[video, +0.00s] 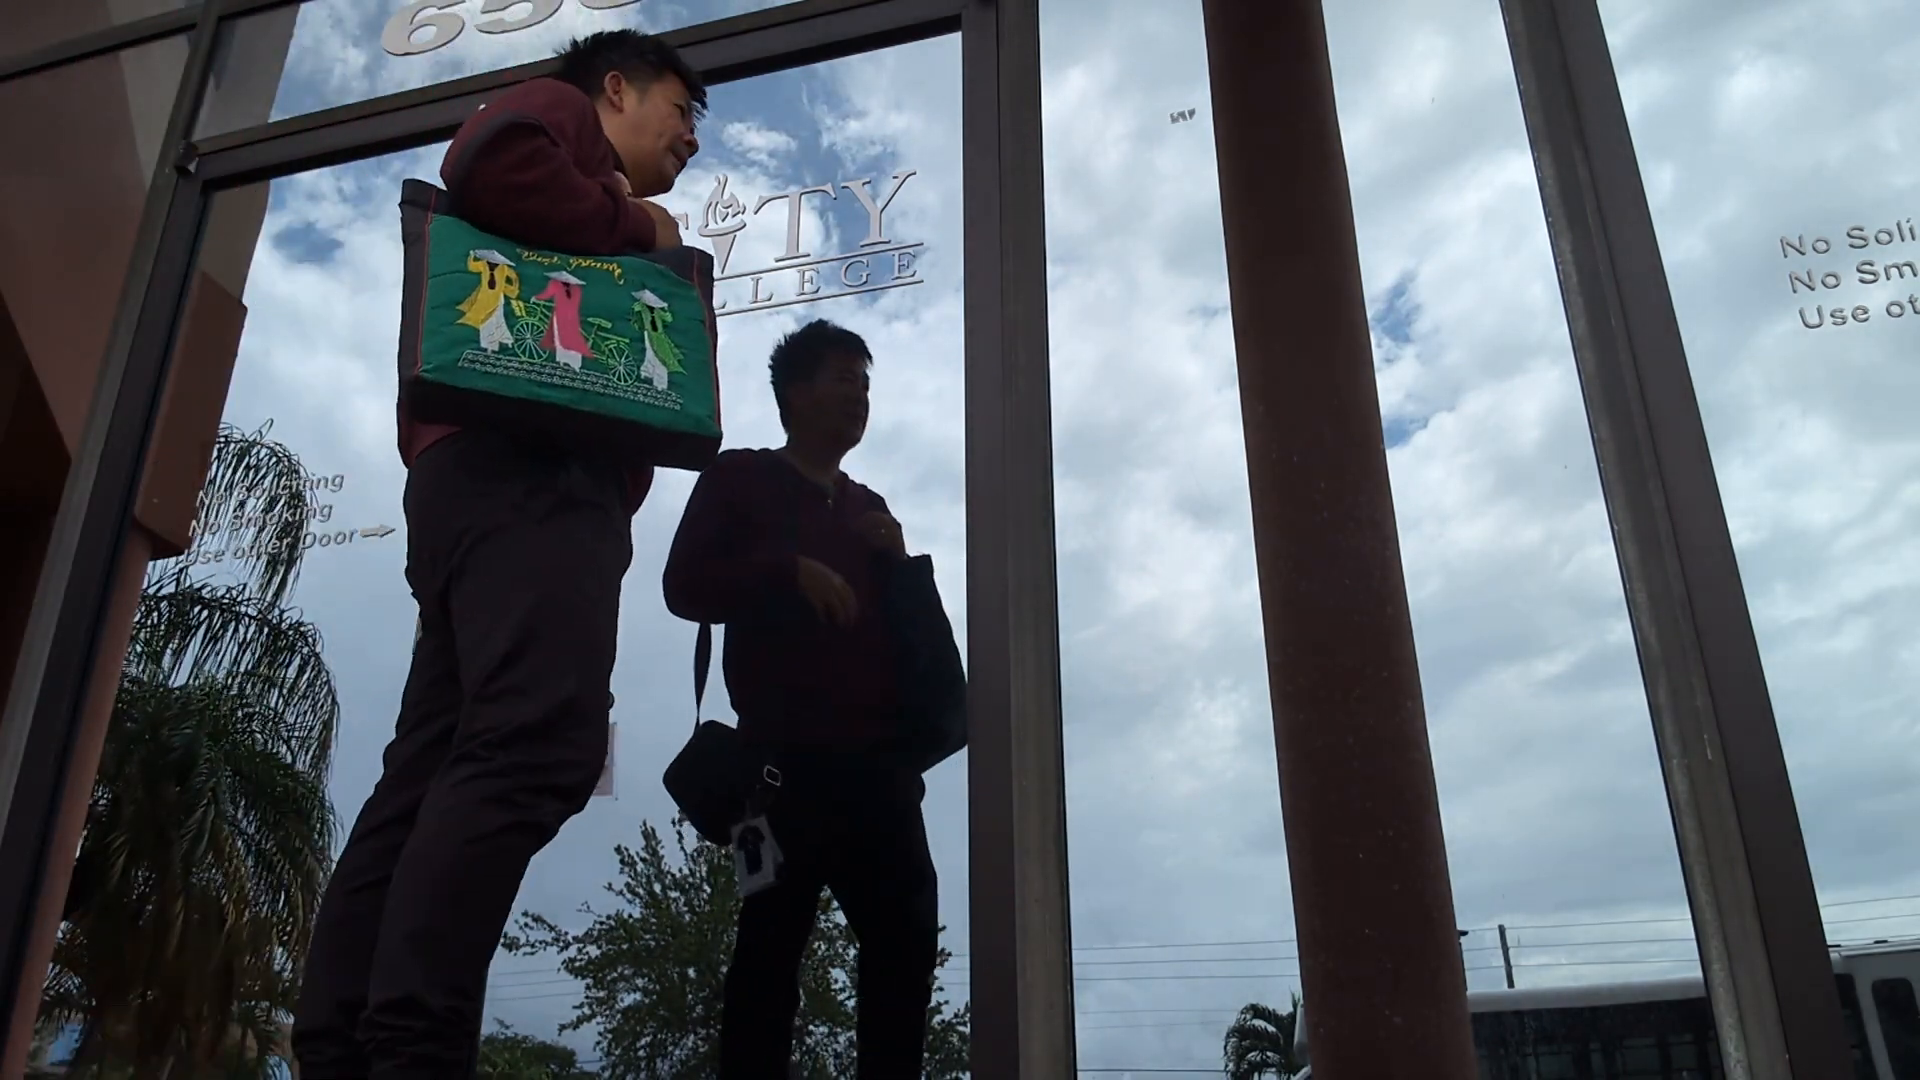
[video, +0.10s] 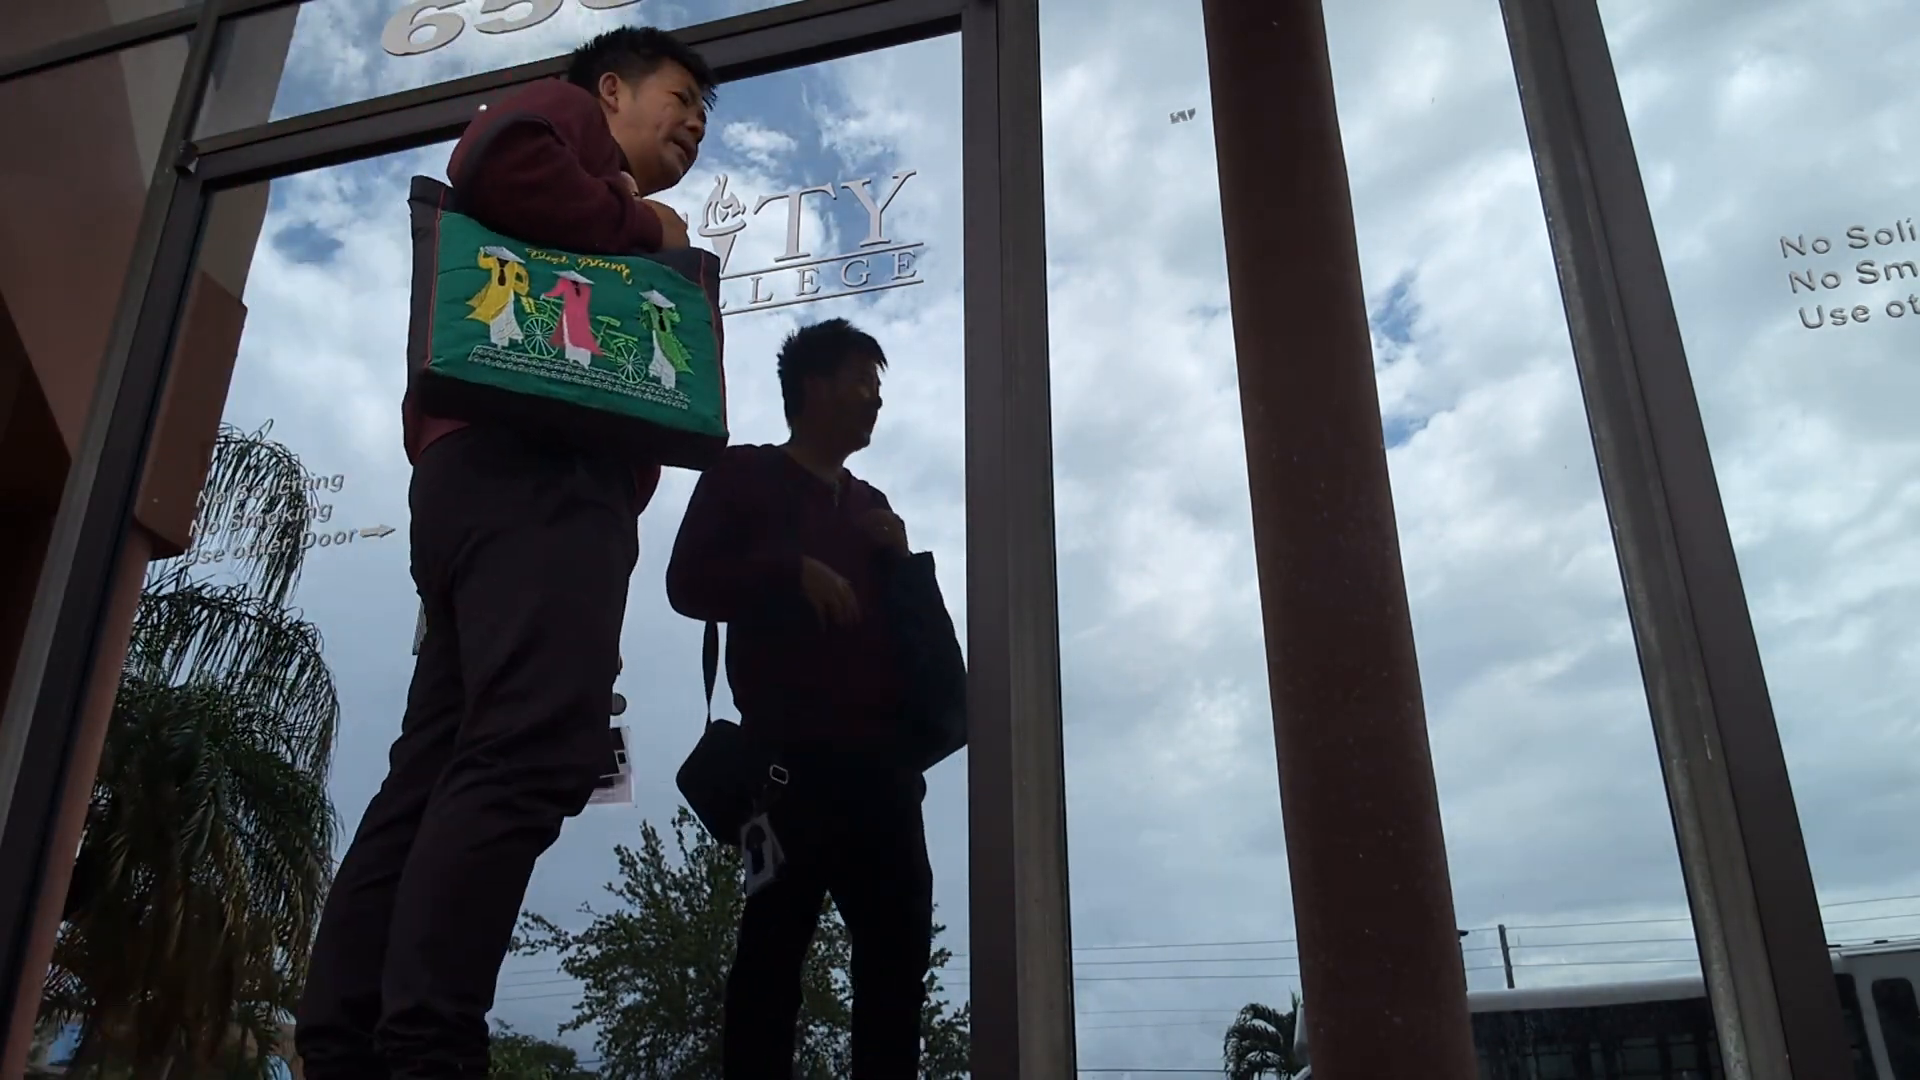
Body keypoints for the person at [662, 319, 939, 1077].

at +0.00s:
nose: (861, 397)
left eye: (865, 384)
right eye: (844, 380)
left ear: (863, 397)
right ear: (793, 393)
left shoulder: (869, 508)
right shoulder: (737, 478)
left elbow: (910, 634)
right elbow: (685, 586)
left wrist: (895, 560)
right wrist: (787, 571)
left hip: (873, 758)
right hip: (781, 753)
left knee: (906, 945)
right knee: (771, 946)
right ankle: (752, 1078)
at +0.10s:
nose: (877, 398)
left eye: (878, 385)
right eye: (862, 384)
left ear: (861, 397)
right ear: (810, 390)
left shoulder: (870, 505)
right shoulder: (741, 473)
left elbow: (911, 630)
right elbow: (688, 583)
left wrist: (898, 559)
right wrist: (791, 574)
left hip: (878, 755)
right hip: (785, 750)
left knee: (897, 955)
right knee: (775, 947)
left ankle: (886, 1079)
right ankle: (756, 1076)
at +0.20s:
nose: (890, 406)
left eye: (890, 391)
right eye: (876, 389)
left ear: (850, 397)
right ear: (825, 390)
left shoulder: (871, 502)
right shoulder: (746, 467)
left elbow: (912, 624)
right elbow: (691, 579)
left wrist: (899, 555)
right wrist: (796, 567)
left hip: (881, 748)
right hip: (789, 743)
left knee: (900, 951)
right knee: (779, 944)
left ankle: (889, 1076)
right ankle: (758, 1073)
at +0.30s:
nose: (897, 413)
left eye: (899, 399)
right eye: (887, 396)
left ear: (855, 399)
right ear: (839, 390)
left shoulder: (876, 505)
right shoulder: (749, 466)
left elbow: (923, 631)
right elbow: (693, 577)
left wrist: (909, 556)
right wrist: (799, 566)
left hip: (886, 754)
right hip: (794, 747)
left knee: (900, 959)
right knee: (780, 951)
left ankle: (888, 1078)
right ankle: (759, 1074)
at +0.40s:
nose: (903, 421)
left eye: (905, 405)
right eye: (895, 402)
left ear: (859, 401)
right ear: (850, 394)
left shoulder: (878, 506)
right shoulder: (755, 466)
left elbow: (912, 638)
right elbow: (698, 577)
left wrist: (927, 566)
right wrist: (807, 571)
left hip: (886, 756)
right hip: (797, 751)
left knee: (902, 958)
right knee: (783, 950)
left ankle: (887, 1079)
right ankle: (760, 1074)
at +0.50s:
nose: (908, 425)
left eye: (910, 409)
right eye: (900, 406)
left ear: (864, 404)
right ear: (858, 397)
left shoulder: (878, 505)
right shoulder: (760, 465)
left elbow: (887, 624)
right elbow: (703, 578)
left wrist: (946, 576)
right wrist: (815, 572)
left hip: (887, 758)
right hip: (800, 752)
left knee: (901, 952)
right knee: (784, 949)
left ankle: (885, 1077)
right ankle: (759, 1072)